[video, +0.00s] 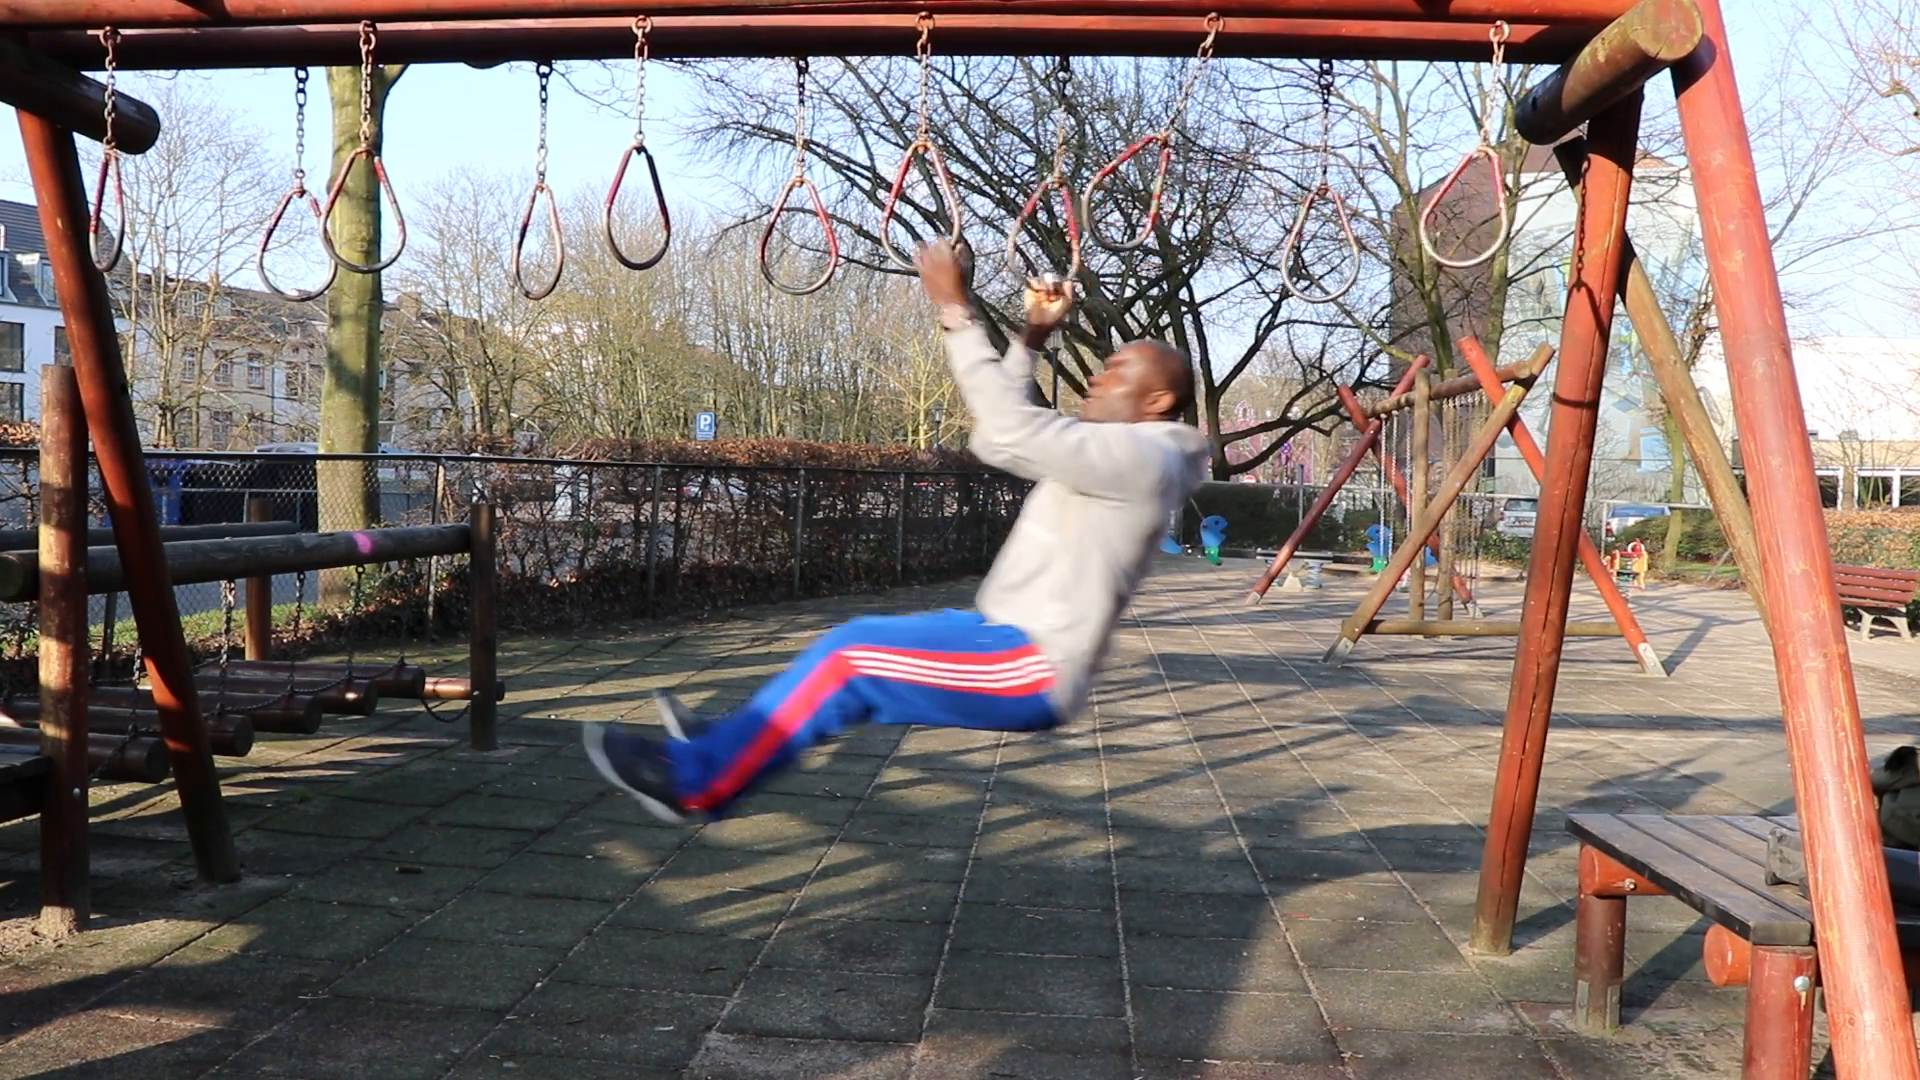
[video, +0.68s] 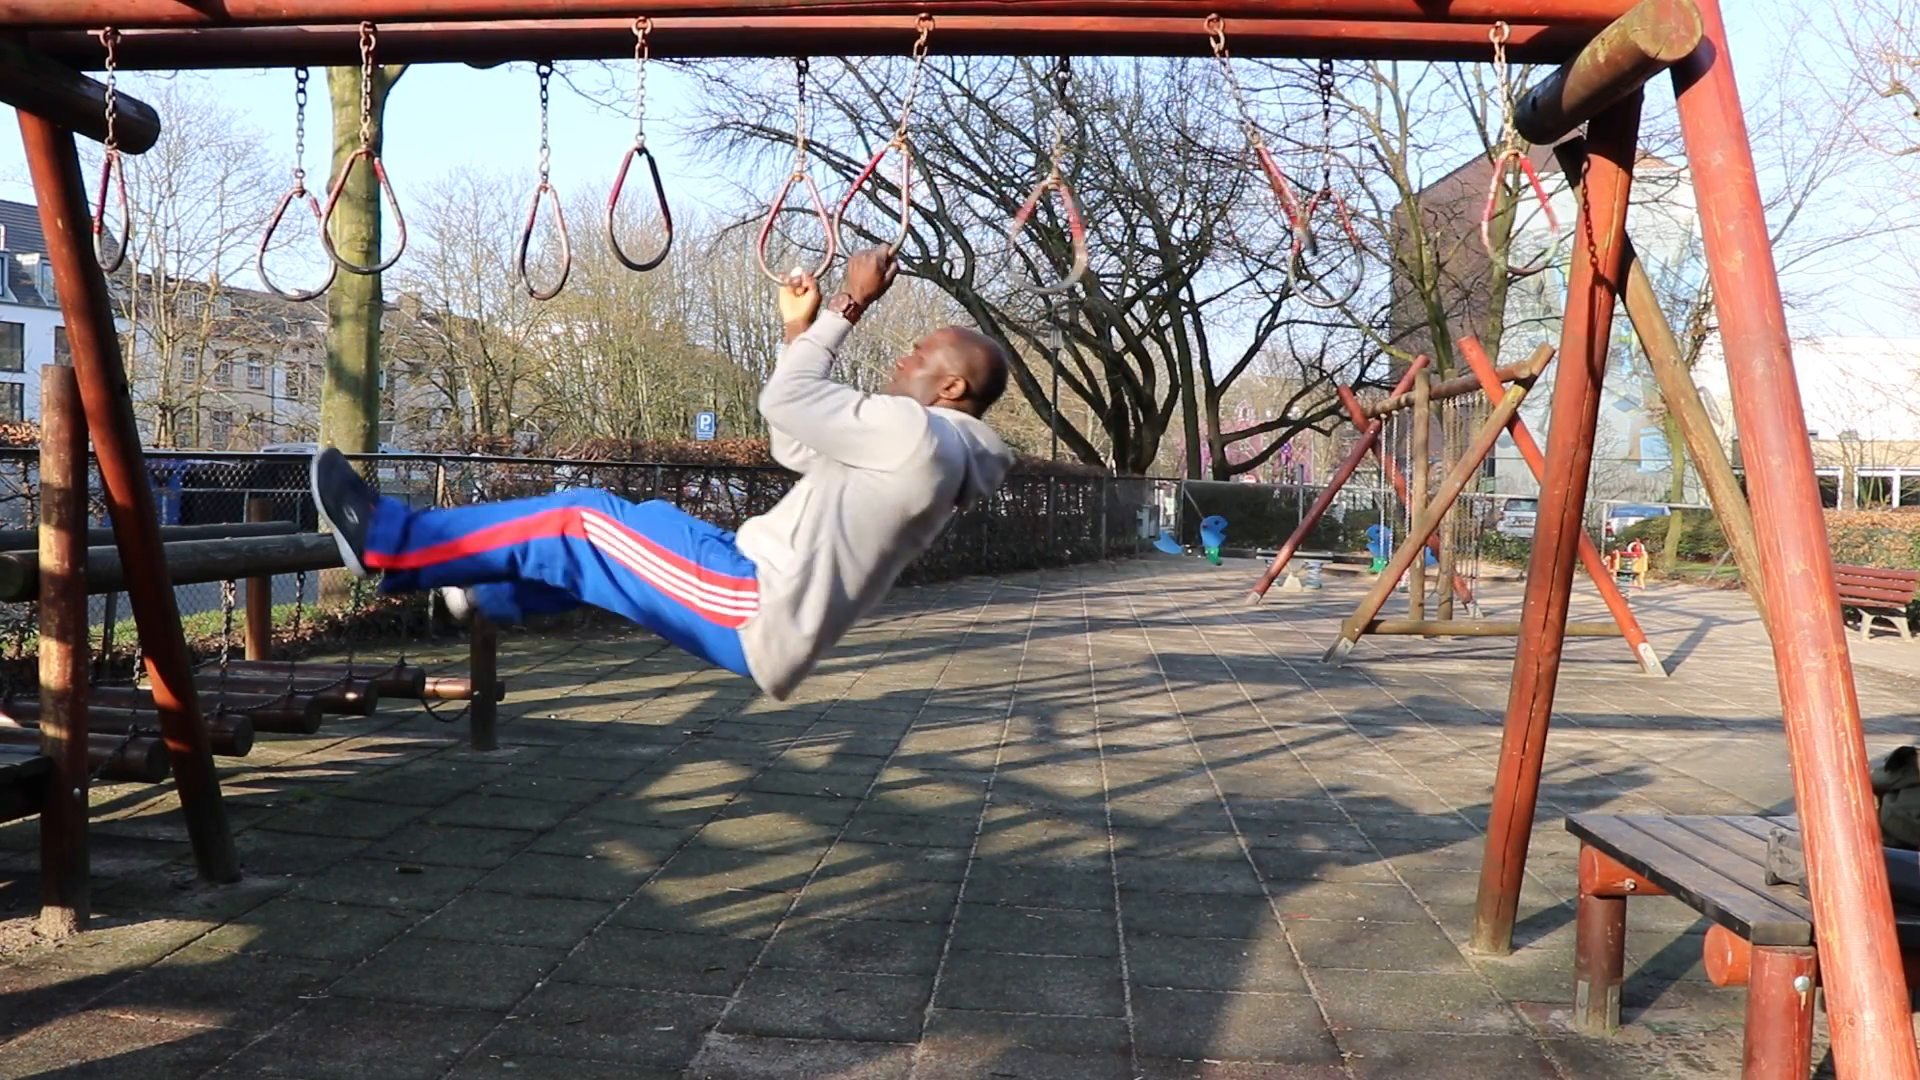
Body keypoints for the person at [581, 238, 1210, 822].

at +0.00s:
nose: (1098, 379)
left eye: (1115, 371)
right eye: (1103, 369)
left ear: (1156, 401)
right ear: (1133, 398)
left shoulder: (1145, 458)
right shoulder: (1116, 452)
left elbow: (1008, 432)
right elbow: (1014, 432)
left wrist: (955, 308)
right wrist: (1030, 340)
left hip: (1037, 665)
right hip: (1011, 637)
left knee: (854, 657)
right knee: (854, 640)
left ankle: (701, 783)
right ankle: (720, 745)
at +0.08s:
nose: (1070, 377)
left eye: (1087, 370)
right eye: (1079, 366)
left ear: (1124, 404)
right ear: (1113, 406)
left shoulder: (1106, 464)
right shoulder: (1089, 456)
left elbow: (970, 430)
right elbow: (991, 427)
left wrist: (940, 312)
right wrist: (1015, 338)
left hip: (989, 661)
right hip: (969, 634)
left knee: (808, 650)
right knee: (812, 624)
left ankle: (645, 765)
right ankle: (676, 717)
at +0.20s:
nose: (1025, 379)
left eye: (1042, 372)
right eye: (1032, 368)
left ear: (1083, 402)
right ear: (1072, 398)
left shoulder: (1046, 455)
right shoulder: (1054, 453)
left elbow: (913, 427)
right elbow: (953, 422)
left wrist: (910, 317)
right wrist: (995, 334)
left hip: (919, 642)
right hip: (914, 615)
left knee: (736, 624)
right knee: (764, 585)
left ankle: (580, 733)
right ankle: (624, 662)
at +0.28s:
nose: (997, 367)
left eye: (1015, 360)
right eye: (1004, 356)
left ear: (1052, 385)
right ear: (1044, 382)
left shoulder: (1013, 439)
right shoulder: (1032, 441)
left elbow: (881, 422)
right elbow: (925, 420)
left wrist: (895, 317)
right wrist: (973, 331)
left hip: (883, 620)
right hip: (884, 597)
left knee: (697, 601)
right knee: (744, 549)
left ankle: (541, 708)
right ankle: (607, 621)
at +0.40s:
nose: (960, 346)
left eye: (975, 338)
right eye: (970, 336)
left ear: (1009, 360)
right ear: (1019, 371)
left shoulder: (978, 427)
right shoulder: (993, 431)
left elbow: (849, 419)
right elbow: (869, 424)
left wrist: (863, 314)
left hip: (836, 604)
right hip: (843, 579)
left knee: (655, 569)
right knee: (717, 512)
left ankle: (475, 648)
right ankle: (573, 583)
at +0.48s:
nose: (942, 346)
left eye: (961, 339)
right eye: (950, 336)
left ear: (995, 368)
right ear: (996, 373)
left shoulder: (958, 426)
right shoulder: (972, 433)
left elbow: (828, 414)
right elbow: (847, 415)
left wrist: (859, 311)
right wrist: (818, 319)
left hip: (808, 603)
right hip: (820, 585)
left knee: (633, 549)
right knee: (696, 507)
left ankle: (436, 607)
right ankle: (534, 565)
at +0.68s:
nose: (903, 355)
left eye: (920, 346)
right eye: (911, 344)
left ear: (951, 373)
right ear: (960, 386)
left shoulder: (910, 434)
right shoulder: (926, 451)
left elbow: (794, 410)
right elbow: (805, 429)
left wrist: (845, 308)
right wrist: (799, 335)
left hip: (759, 610)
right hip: (772, 608)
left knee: (583, 518)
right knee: (601, 538)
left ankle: (383, 535)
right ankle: (460, 583)